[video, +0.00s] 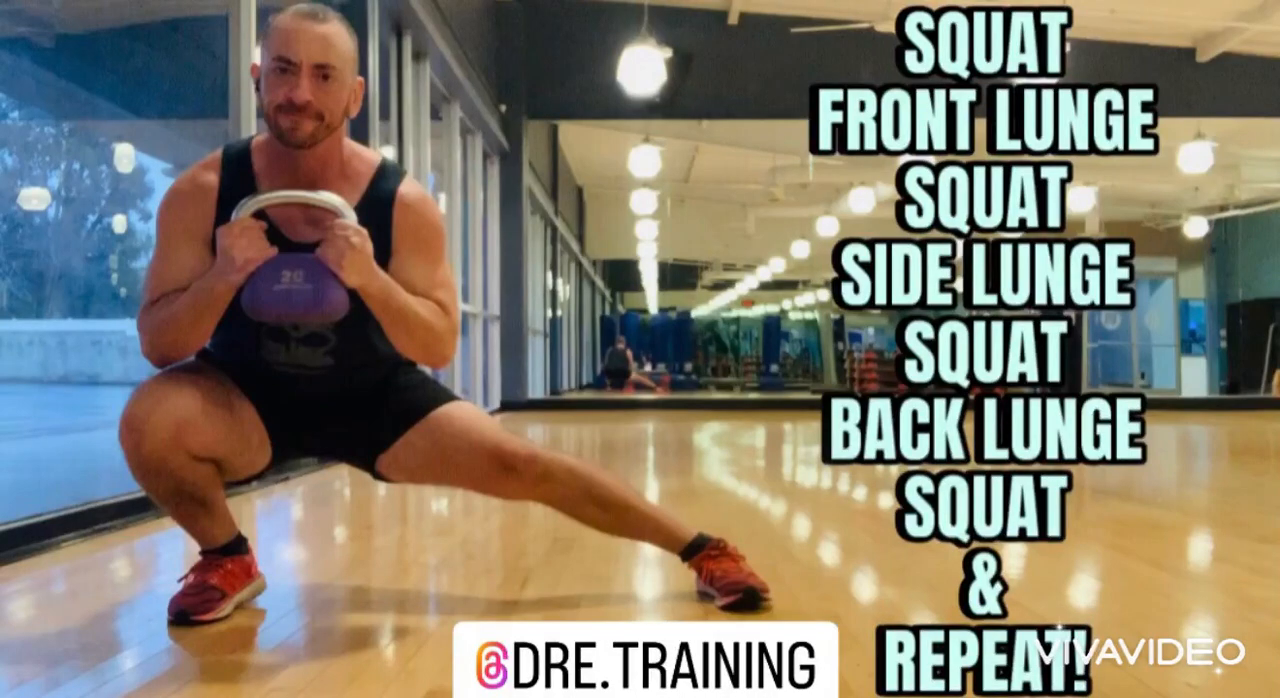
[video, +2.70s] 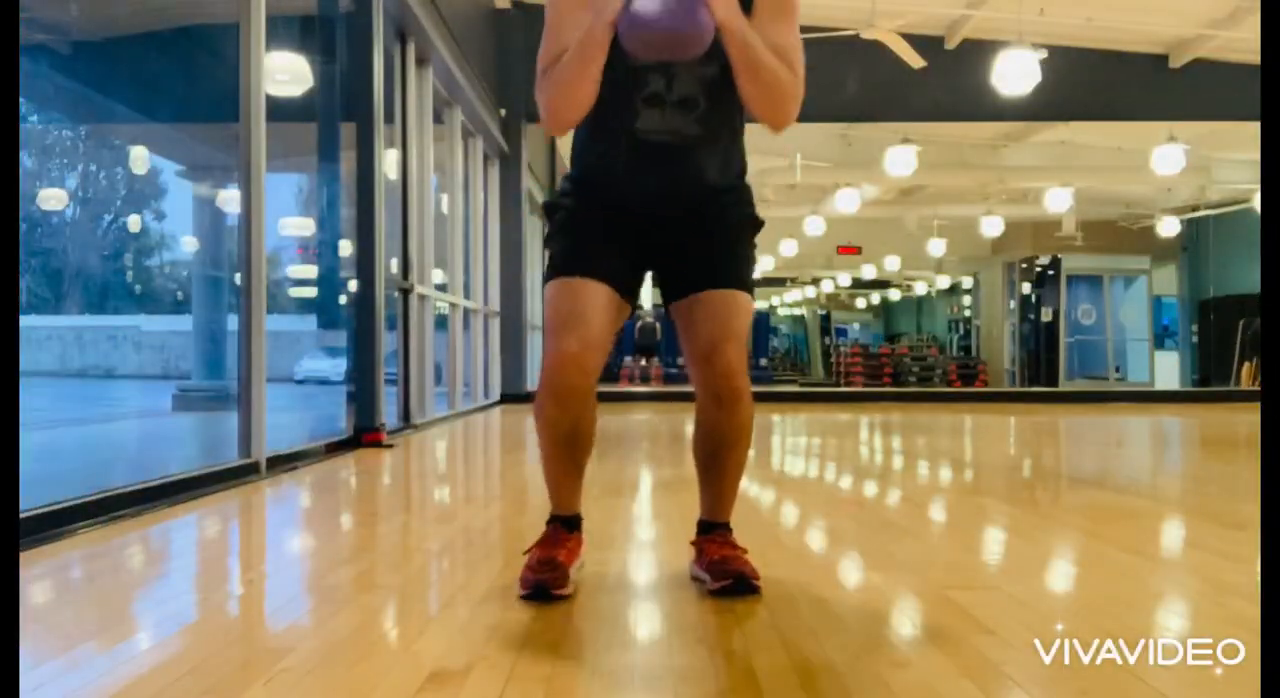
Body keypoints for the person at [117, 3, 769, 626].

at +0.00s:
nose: (298, 91)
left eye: (321, 75)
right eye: (281, 69)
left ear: (354, 91)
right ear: (257, 78)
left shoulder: (405, 205)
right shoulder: (201, 193)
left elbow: (437, 345)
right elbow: (161, 343)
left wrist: (367, 276)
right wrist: (222, 276)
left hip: (378, 398)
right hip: (253, 396)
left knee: (517, 464)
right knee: (148, 423)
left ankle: (696, 547)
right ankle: (225, 555)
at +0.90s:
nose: (299, 90)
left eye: (322, 73)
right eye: (282, 69)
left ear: (354, 90)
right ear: (257, 79)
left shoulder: (407, 209)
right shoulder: (200, 194)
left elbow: (437, 346)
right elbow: (161, 344)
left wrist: (365, 274)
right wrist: (221, 279)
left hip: (378, 399)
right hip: (252, 397)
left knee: (517, 462)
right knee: (149, 422)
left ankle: (696, 548)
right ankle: (226, 557)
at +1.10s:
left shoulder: (685, 11)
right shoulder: (564, 10)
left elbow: (712, 54)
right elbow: (529, 39)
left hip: (683, 157)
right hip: (575, 156)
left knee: (697, 351)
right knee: (571, 354)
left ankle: (715, 528)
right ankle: (560, 533)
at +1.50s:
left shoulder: (730, 3)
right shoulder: (552, 2)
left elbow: (748, 103)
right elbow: (537, 111)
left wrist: (695, 12)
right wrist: (578, 15)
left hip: (689, 197)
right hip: (585, 196)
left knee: (720, 352)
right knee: (556, 353)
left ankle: (716, 536)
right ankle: (559, 533)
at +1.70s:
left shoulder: (729, 71)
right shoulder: (556, 70)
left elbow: (744, 201)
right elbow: (532, 206)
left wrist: (696, 106)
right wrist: (579, 113)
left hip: (687, 272)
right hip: (585, 271)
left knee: (726, 368)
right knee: (546, 374)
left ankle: (716, 536)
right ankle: (559, 536)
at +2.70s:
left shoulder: (763, 1)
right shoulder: (577, 2)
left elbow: (780, 108)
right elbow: (556, 114)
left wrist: (726, 14)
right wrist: (604, 14)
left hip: (709, 205)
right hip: (601, 202)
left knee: (726, 377)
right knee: (566, 366)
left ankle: (715, 537)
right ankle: (562, 528)